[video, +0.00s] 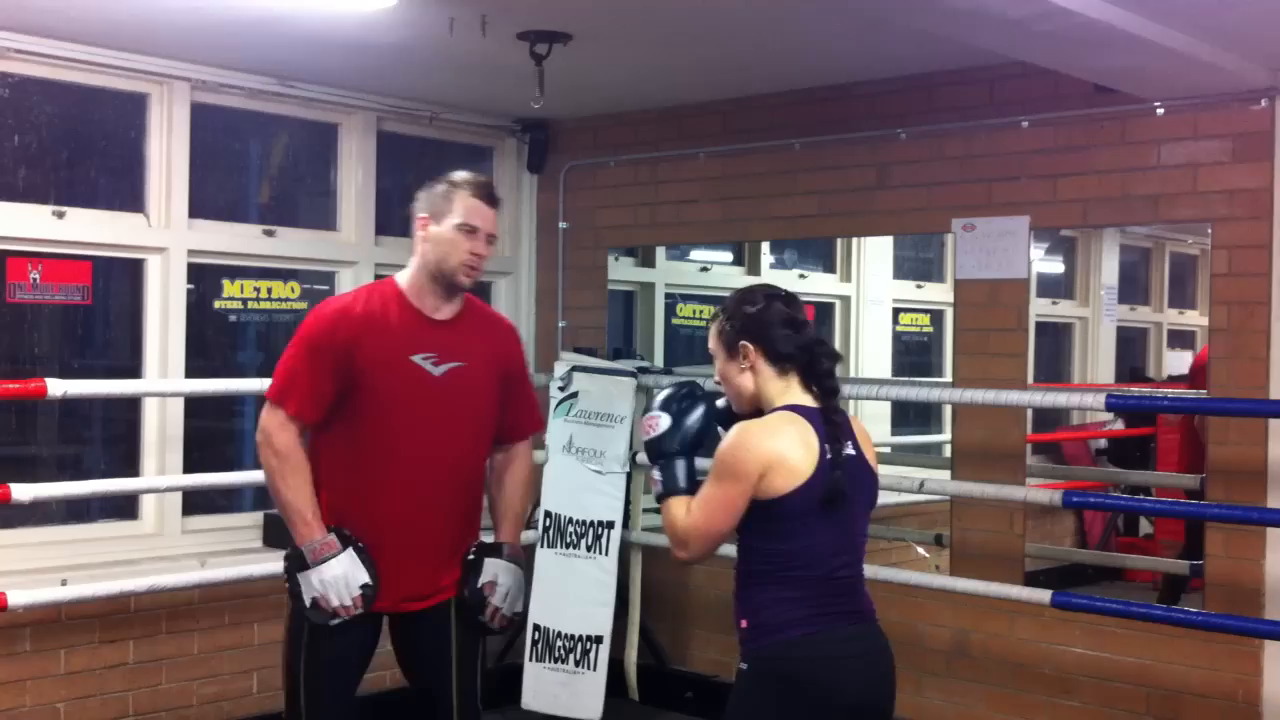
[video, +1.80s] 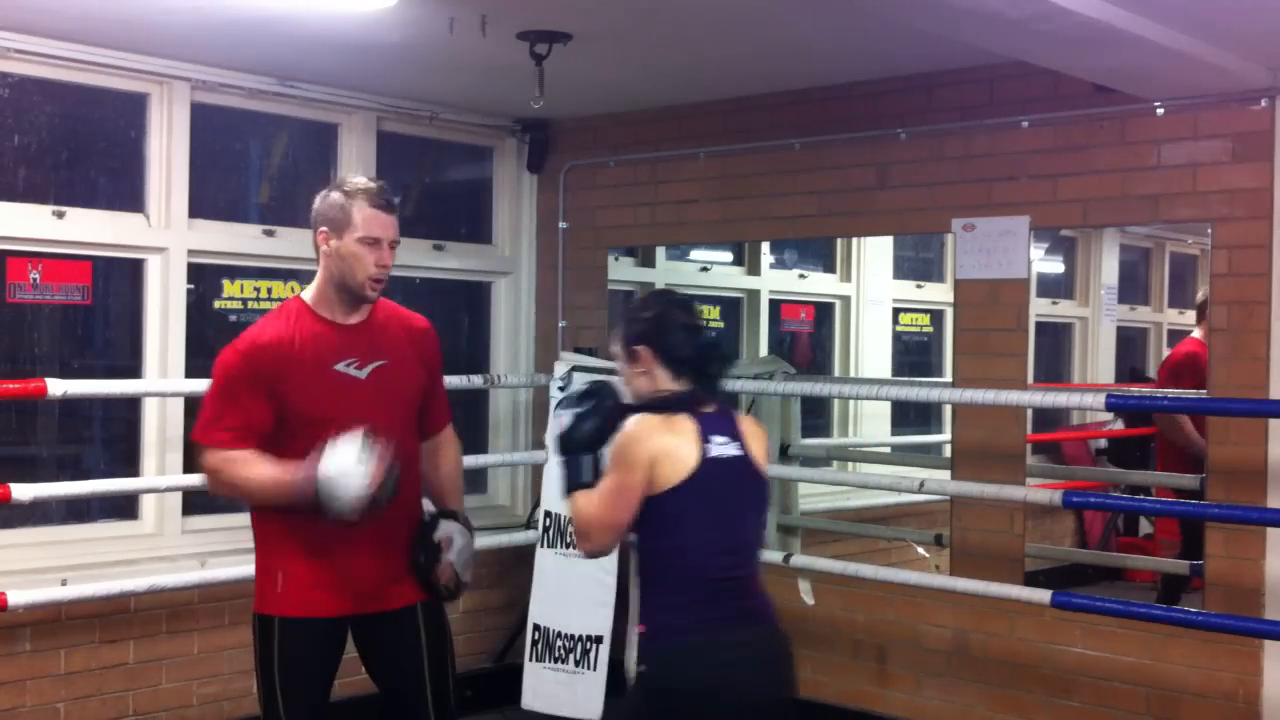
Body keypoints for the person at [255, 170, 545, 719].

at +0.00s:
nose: (482, 249)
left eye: (490, 238)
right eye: (469, 231)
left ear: (493, 246)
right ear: (422, 228)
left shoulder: (497, 338)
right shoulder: (343, 321)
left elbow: (513, 447)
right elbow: (277, 427)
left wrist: (508, 553)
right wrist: (317, 547)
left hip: (443, 586)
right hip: (341, 580)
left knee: (454, 710)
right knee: (317, 712)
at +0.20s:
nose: (422, 245)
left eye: (428, 234)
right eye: (408, 228)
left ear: (430, 242)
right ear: (360, 229)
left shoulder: (445, 336)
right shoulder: (295, 330)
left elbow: (481, 435)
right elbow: (251, 445)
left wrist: (494, 498)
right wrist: (331, 493)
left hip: (420, 586)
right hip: (317, 587)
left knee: (444, 708)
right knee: (305, 712)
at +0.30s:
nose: (401, 246)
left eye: (406, 233)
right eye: (386, 228)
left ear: (411, 239)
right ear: (339, 229)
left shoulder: (425, 330)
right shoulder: (280, 328)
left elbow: (454, 429)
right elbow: (249, 445)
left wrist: (489, 425)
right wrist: (344, 422)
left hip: (411, 575)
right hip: (310, 581)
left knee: (441, 708)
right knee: (300, 712)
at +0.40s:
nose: (391, 251)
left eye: (396, 237)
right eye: (377, 234)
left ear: (403, 239)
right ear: (329, 233)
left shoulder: (416, 327)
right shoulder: (273, 326)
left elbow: (468, 427)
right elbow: (270, 439)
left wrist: (489, 360)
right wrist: (348, 358)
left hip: (408, 570)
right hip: (309, 575)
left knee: (439, 708)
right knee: (299, 712)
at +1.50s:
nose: (365, 248)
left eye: (370, 234)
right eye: (349, 232)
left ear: (374, 240)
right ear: (304, 237)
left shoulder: (396, 331)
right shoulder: (248, 338)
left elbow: (430, 427)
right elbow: (207, 459)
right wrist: (292, 397)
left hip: (398, 580)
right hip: (296, 589)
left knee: (429, 708)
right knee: (294, 711)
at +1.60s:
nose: (368, 247)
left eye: (374, 233)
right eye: (351, 231)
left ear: (380, 239)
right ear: (307, 236)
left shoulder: (399, 329)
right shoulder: (246, 343)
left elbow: (430, 422)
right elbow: (190, 451)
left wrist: (465, 446)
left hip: (396, 580)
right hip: (295, 590)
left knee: (428, 708)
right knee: (292, 712)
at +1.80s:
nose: (386, 260)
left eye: (392, 245)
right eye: (371, 243)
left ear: (398, 249)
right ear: (325, 242)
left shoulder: (413, 335)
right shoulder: (261, 350)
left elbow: (438, 437)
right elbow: (219, 462)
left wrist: (453, 520)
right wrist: (311, 477)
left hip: (400, 582)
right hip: (299, 588)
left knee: (430, 708)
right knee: (292, 712)